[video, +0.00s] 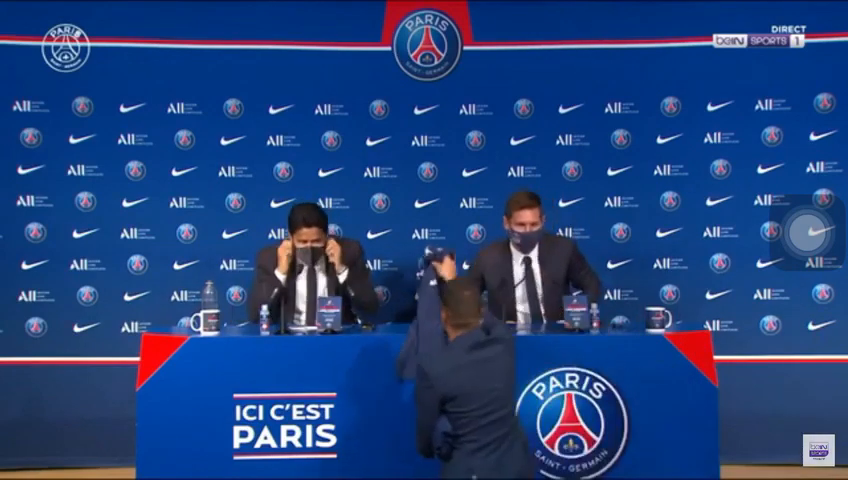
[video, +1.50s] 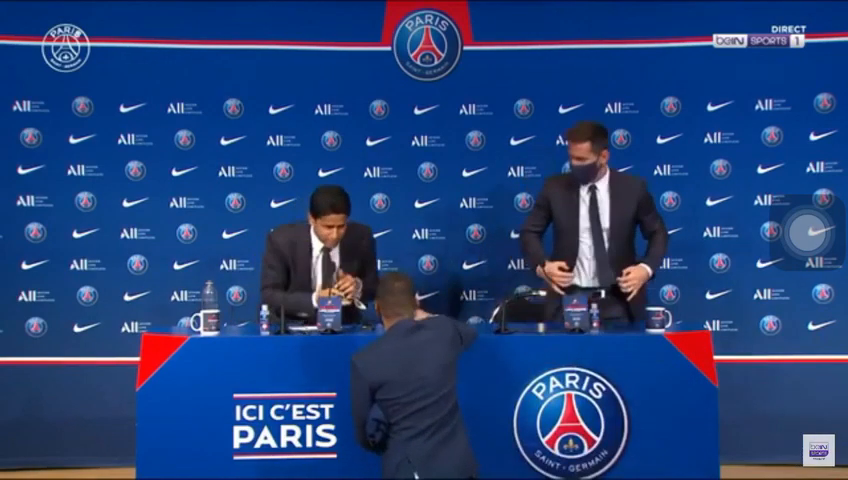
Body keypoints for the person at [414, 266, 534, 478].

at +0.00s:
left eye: (440, 309)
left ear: (444, 315)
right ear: (482, 311)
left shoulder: (435, 368)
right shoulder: (504, 344)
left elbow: (425, 444)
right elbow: (481, 312)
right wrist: (453, 281)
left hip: (467, 461)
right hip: (515, 458)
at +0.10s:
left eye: (424, 308)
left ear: (427, 314)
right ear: (465, 309)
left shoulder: (419, 366)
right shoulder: (488, 340)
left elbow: (413, 442)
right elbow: (471, 304)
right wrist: (443, 281)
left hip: (453, 460)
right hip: (503, 456)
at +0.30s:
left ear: (398, 313)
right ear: (436, 307)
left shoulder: (391, 364)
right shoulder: (460, 336)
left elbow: (390, 441)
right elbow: (445, 314)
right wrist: (437, 306)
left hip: (428, 465)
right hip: (478, 460)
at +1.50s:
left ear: (378, 309)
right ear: (416, 302)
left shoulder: (365, 361)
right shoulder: (444, 331)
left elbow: (365, 433)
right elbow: (470, 334)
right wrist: (427, 317)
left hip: (403, 462)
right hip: (454, 458)